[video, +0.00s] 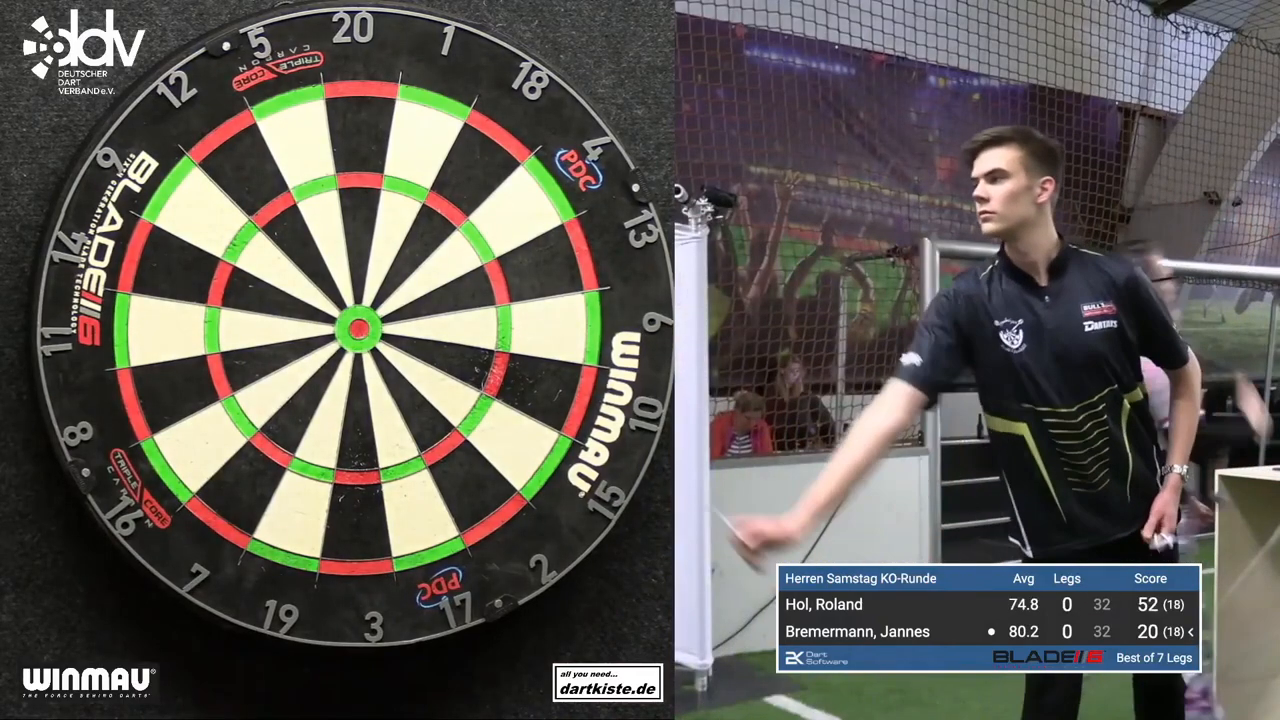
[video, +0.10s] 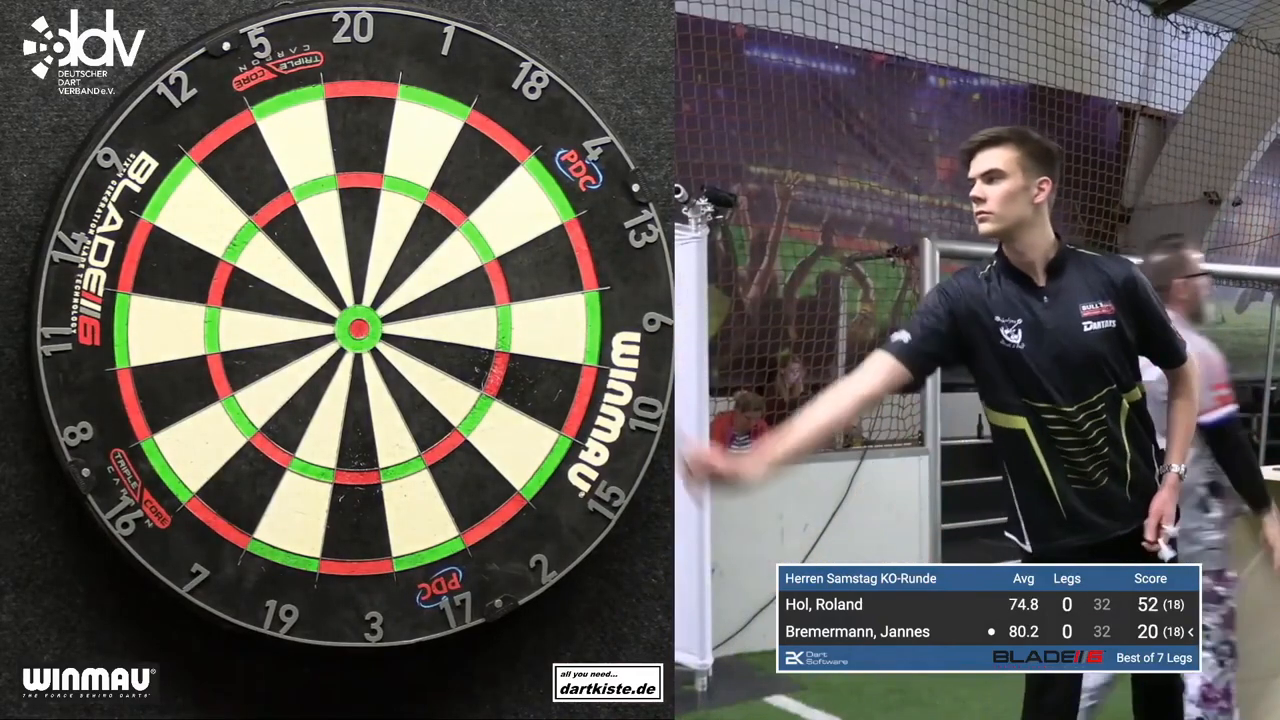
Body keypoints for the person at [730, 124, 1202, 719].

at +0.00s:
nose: (978, 193)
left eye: (996, 178)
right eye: (976, 182)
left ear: (1045, 190)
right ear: (976, 196)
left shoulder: (1116, 280)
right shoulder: (965, 305)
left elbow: (1186, 374)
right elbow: (891, 408)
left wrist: (1175, 479)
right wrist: (799, 520)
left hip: (1140, 527)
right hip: (1049, 541)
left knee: (1162, 692)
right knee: (1051, 699)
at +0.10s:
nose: (976, 193)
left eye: (993, 178)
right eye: (972, 183)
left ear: (1042, 189)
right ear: (970, 198)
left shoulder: (1114, 279)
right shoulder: (964, 299)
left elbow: (1182, 371)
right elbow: (864, 384)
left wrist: (1174, 478)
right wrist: (753, 463)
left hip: (1145, 526)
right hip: (1054, 543)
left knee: (1164, 694)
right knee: (1050, 703)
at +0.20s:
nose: (974, 192)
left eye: (991, 178)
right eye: (970, 183)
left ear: (1040, 190)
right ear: (972, 198)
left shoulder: (1111, 279)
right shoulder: (962, 297)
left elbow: (1182, 374)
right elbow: (844, 364)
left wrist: (1171, 480)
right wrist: (714, 377)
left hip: (1141, 528)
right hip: (1049, 544)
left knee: (1163, 695)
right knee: (1049, 704)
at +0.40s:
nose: (972, 193)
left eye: (988, 178)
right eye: (969, 183)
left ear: (1039, 190)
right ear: (967, 198)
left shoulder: (1109, 280)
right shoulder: (961, 295)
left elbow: (1178, 378)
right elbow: (849, 352)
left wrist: (1167, 481)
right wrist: (725, 277)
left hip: (1138, 527)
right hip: (1047, 541)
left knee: (1161, 692)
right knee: (1049, 700)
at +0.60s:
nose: (970, 194)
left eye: (988, 179)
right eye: (967, 183)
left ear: (1036, 190)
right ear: (967, 199)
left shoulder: (1110, 278)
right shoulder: (961, 297)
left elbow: (1176, 373)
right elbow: (845, 350)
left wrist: (1164, 479)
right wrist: (791, 232)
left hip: (1136, 527)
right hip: (1045, 543)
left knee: (1157, 691)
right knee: (1049, 700)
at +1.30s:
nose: (968, 192)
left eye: (985, 177)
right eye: (965, 184)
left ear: (1035, 190)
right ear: (966, 199)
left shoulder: (1104, 282)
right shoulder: (959, 280)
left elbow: (1174, 377)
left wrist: (1160, 487)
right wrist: (698, 271)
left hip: (1132, 520)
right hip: (1047, 529)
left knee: (1154, 681)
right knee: (1048, 693)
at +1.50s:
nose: (970, 193)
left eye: (986, 178)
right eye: (967, 184)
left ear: (1037, 188)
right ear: (969, 198)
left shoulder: (1109, 283)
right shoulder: (960, 284)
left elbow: (1173, 381)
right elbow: (840, 290)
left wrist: (1157, 487)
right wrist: (707, 318)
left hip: (1127, 522)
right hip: (1038, 535)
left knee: (1153, 682)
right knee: (1046, 691)